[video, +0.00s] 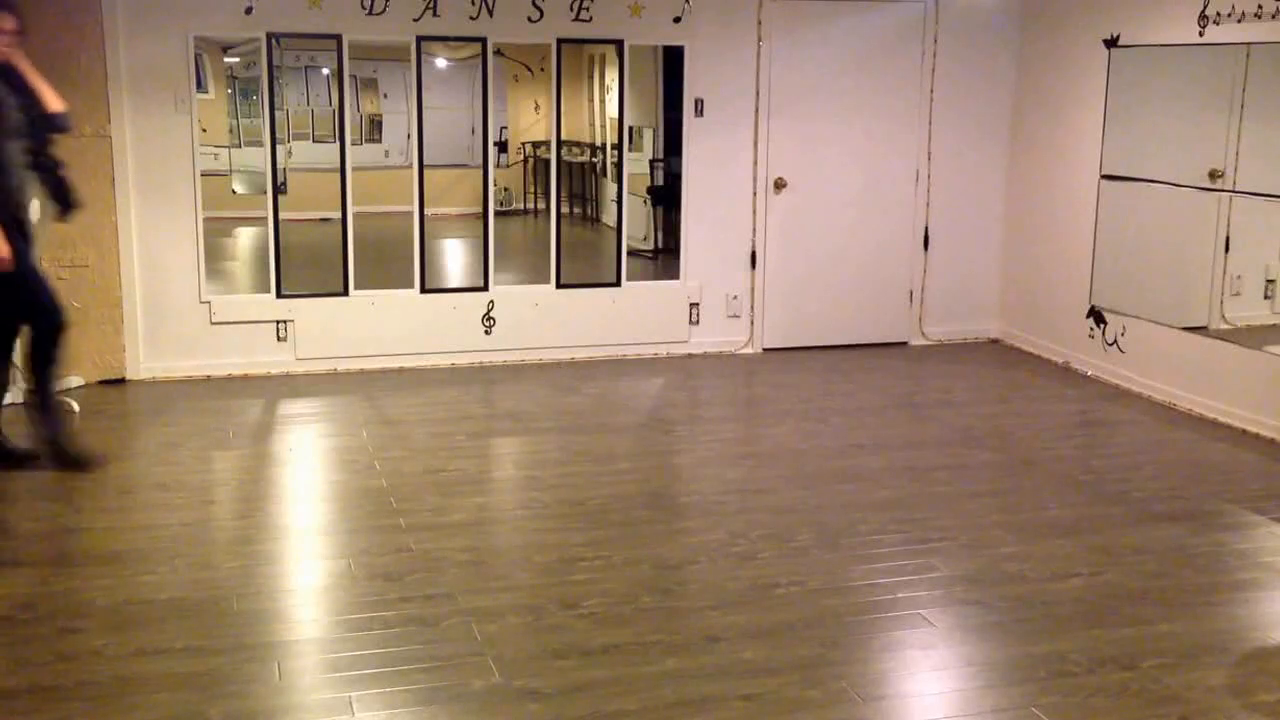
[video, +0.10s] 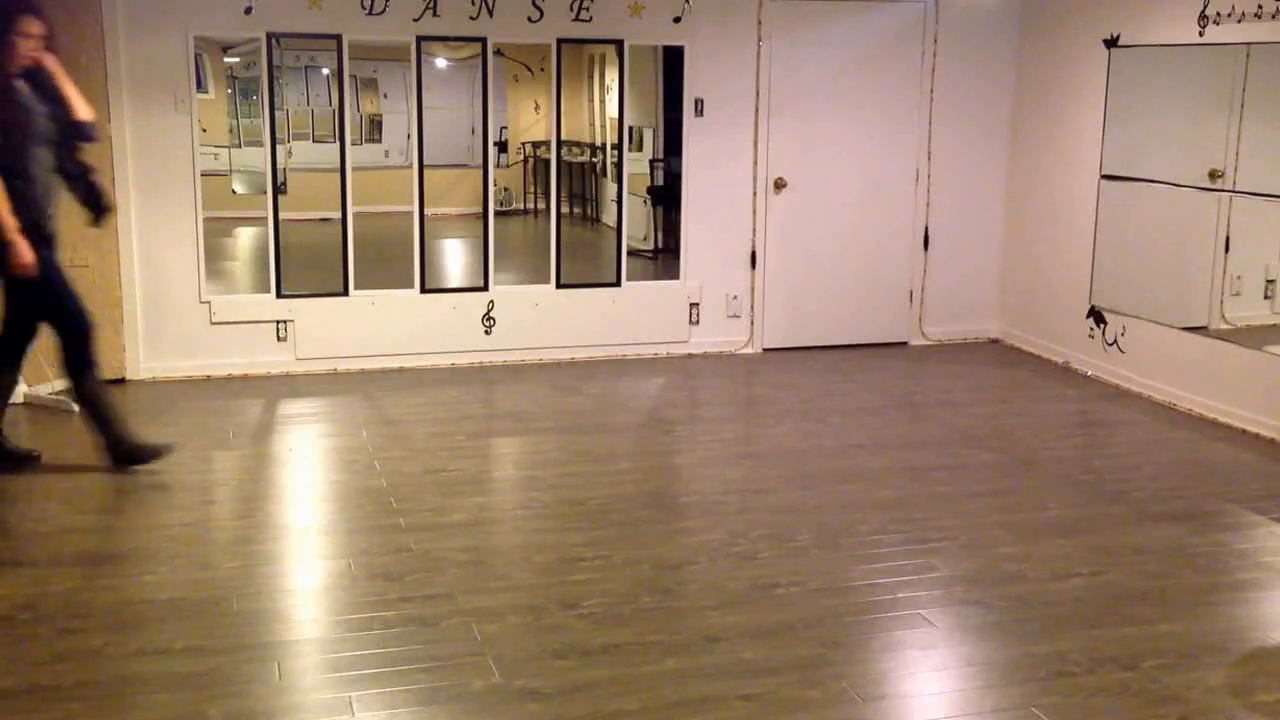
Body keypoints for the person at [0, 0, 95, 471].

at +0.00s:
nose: (7, 43)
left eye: (11, 35)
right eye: (2, 34)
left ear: (18, 39)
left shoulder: (14, 85)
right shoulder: (6, 86)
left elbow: (58, 118)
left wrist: (19, 59)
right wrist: (0, 233)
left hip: (18, 231)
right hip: (2, 233)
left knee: (3, 334)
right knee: (48, 318)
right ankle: (50, 432)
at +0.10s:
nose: (30, 48)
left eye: (38, 40)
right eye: (22, 38)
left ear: (44, 46)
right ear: (3, 40)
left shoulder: (37, 90)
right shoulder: (3, 92)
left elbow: (85, 124)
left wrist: (52, 66)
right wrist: (11, 233)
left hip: (37, 234)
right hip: (16, 237)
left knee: (16, 335)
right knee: (73, 324)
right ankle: (117, 442)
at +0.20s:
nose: (70, 50)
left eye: (78, 42)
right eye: (62, 40)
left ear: (85, 46)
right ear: (41, 40)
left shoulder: (82, 88)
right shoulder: (27, 90)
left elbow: (120, 144)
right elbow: (31, 173)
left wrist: (106, 84)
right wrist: (58, 247)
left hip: (83, 226)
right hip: (54, 230)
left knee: (68, 331)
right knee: (116, 323)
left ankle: (6, 418)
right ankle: (144, 446)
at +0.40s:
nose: (127, 39)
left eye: (135, 30)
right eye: (117, 28)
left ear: (141, 36)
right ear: (95, 31)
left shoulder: (130, 82)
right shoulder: (83, 84)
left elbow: (152, 151)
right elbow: (92, 167)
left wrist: (166, 102)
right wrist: (125, 238)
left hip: (142, 220)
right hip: (105, 224)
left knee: (173, 326)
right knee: (145, 328)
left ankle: (99, 396)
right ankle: (145, 445)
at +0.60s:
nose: (207, 38)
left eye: (209, 30)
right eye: (199, 27)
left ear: (203, 36)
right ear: (170, 29)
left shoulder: (194, 85)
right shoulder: (151, 84)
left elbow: (230, 133)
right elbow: (163, 168)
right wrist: (212, 235)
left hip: (210, 227)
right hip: (166, 229)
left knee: (246, 324)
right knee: (169, 334)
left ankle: (280, 435)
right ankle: (146, 447)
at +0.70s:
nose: (245, 43)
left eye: (247, 34)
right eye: (235, 32)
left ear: (248, 39)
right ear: (209, 35)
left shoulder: (233, 91)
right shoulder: (194, 91)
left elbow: (235, 143)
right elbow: (205, 174)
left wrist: (263, 152)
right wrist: (255, 239)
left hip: (247, 229)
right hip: (206, 232)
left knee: (284, 328)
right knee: (204, 337)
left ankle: (311, 444)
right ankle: (152, 436)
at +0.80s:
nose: (273, 44)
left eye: (275, 34)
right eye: (264, 33)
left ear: (271, 37)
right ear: (233, 37)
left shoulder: (262, 89)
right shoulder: (220, 90)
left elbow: (260, 159)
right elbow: (227, 171)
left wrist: (292, 183)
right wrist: (276, 239)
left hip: (276, 224)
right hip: (236, 231)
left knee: (307, 329)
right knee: (249, 343)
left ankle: (316, 446)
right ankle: (172, 424)